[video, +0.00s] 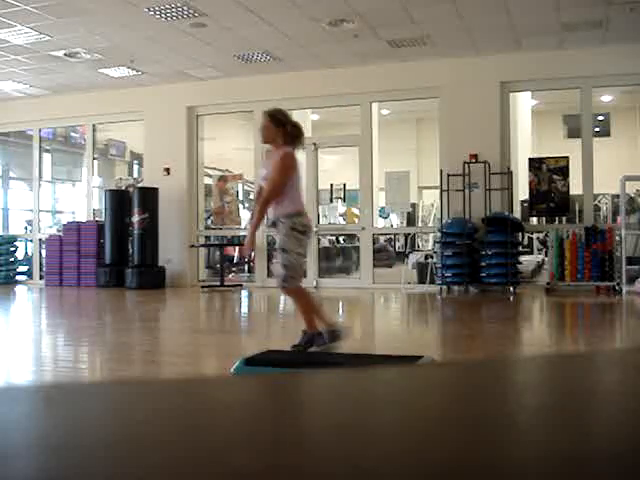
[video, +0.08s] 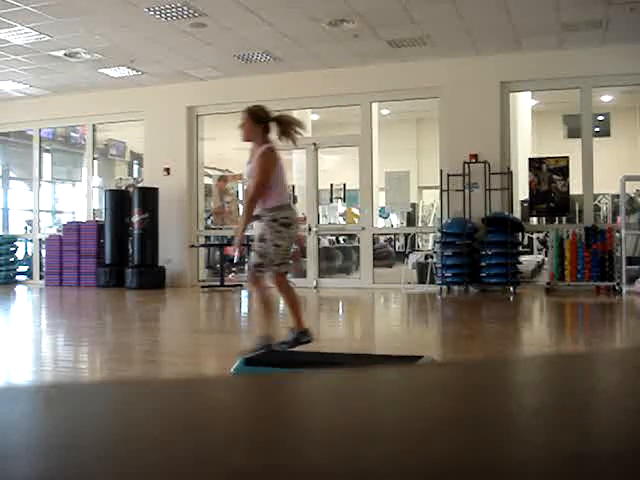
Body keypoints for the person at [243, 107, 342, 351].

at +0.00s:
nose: (262, 130)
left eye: (266, 126)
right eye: (263, 126)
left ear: (279, 129)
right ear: (276, 130)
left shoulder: (285, 157)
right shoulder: (273, 156)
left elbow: (267, 197)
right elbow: (261, 195)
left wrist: (250, 235)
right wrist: (250, 230)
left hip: (293, 221)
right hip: (282, 222)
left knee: (289, 281)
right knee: (288, 281)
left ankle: (328, 328)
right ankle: (312, 330)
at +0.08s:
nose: (241, 128)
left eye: (245, 124)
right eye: (242, 124)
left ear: (258, 126)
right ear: (258, 127)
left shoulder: (266, 153)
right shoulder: (258, 153)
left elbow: (256, 192)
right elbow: (253, 184)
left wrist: (242, 228)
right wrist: (230, 180)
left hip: (277, 217)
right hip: (269, 217)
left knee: (257, 277)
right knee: (278, 276)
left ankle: (266, 338)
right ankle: (300, 328)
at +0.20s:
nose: (214, 144)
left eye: (218, 139)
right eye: (216, 139)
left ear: (230, 143)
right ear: (235, 143)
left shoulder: (240, 172)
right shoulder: (248, 169)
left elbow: (228, 213)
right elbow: (241, 208)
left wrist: (216, 248)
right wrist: (222, 191)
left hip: (251, 234)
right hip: (264, 232)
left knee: (219, 287)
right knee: (266, 289)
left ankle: (195, 344)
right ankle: (294, 337)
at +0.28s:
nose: (200, 150)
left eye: (204, 145)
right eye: (201, 145)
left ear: (216, 147)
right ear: (221, 147)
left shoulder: (224, 175)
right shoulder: (235, 171)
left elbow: (212, 214)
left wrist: (203, 248)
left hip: (234, 241)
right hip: (250, 238)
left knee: (197, 289)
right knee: (260, 291)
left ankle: (184, 350)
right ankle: (292, 336)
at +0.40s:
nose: (174, 133)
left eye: (177, 128)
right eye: (175, 127)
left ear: (188, 131)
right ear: (200, 131)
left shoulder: (183, 163)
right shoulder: (218, 159)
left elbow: (172, 203)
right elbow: (239, 190)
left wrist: (163, 234)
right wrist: (260, 215)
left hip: (198, 225)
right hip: (225, 224)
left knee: (172, 282)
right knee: (226, 281)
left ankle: (178, 347)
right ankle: (252, 333)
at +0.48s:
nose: (169, 129)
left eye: (172, 124)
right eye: (171, 124)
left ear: (183, 127)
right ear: (196, 126)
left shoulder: (176, 160)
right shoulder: (214, 156)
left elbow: (166, 199)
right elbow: (238, 187)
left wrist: (155, 230)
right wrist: (260, 213)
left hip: (192, 221)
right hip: (219, 221)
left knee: (164, 279)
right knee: (219, 283)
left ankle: (174, 343)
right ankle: (233, 338)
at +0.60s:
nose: (153, 126)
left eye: (155, 122)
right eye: (155, 121)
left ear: (161, 125)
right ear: (180, 123)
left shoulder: (153, 156)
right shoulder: (198, 154)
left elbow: (147, 198)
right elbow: (223, 185)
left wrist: (139, 228)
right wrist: (245, 213)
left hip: (164, 218)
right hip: (194, 219)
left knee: (137, 278)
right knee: (184, 283)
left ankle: (135, 344)